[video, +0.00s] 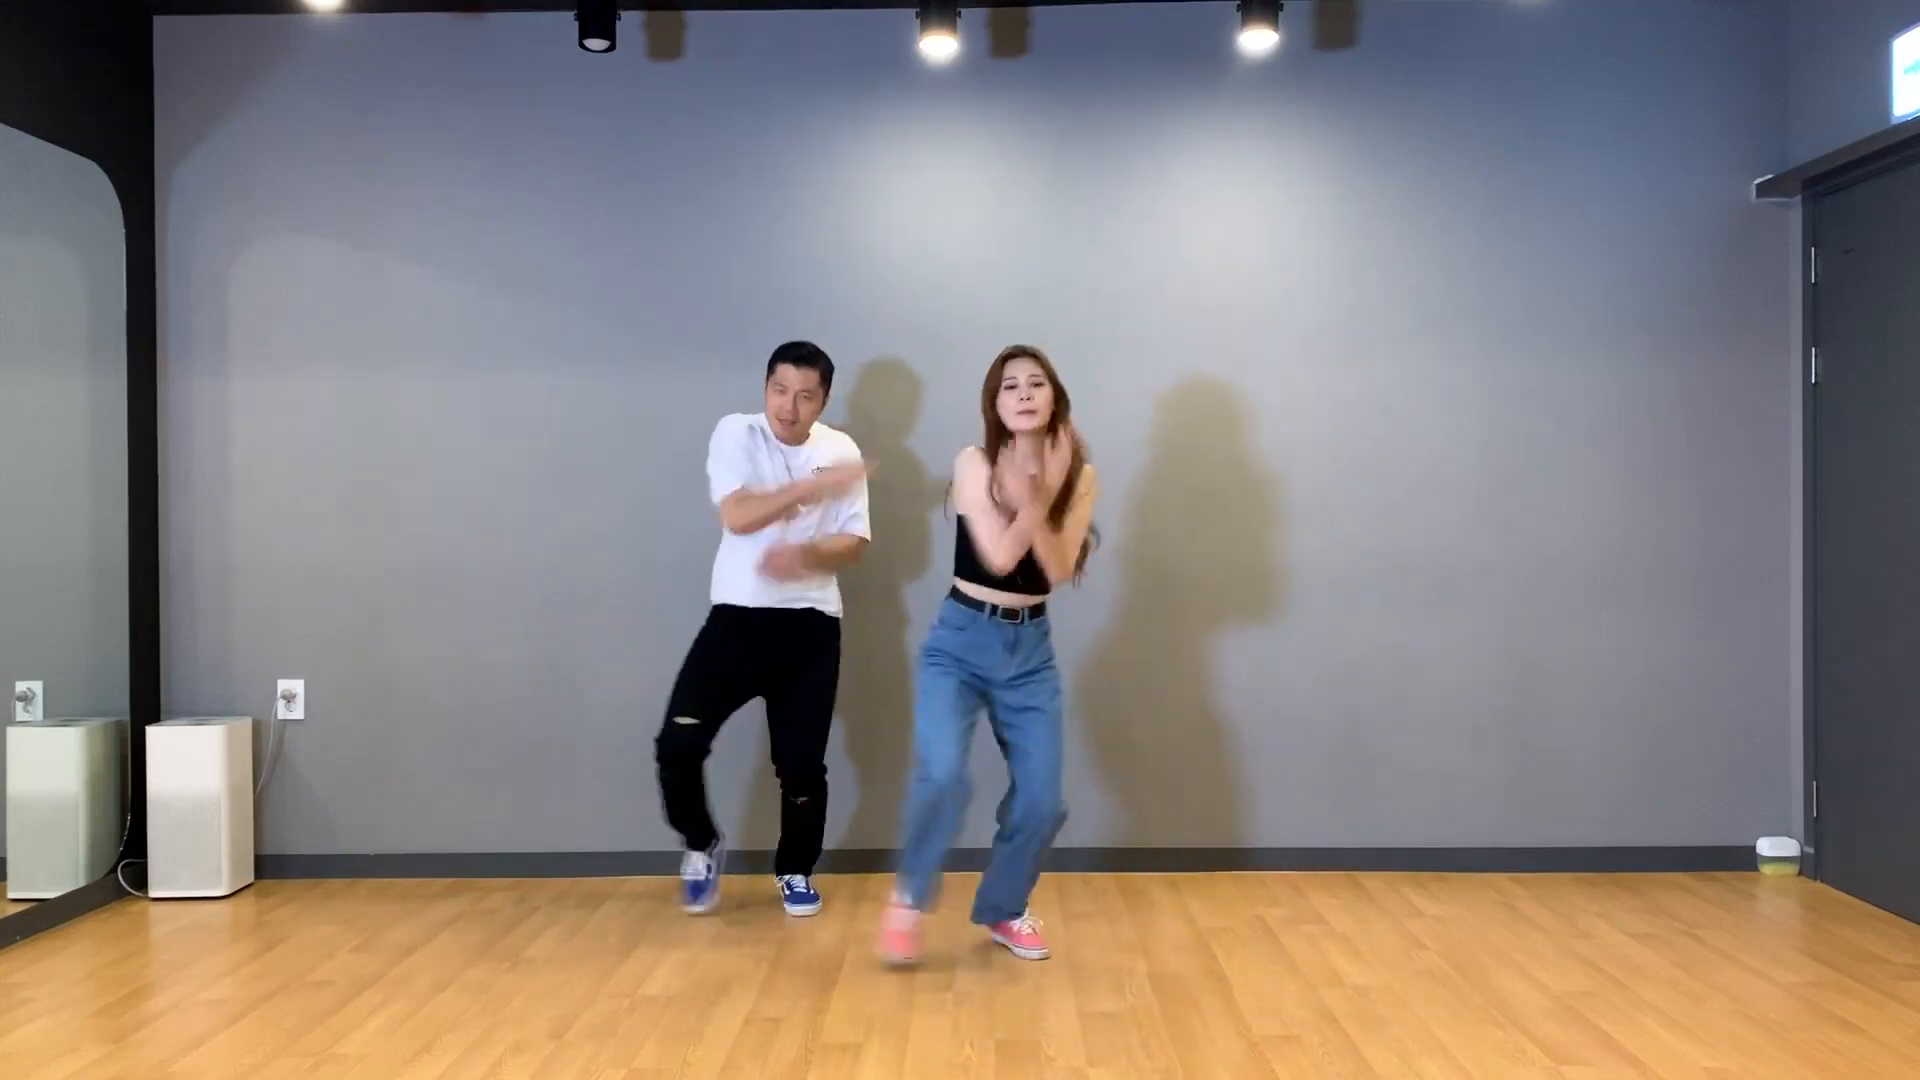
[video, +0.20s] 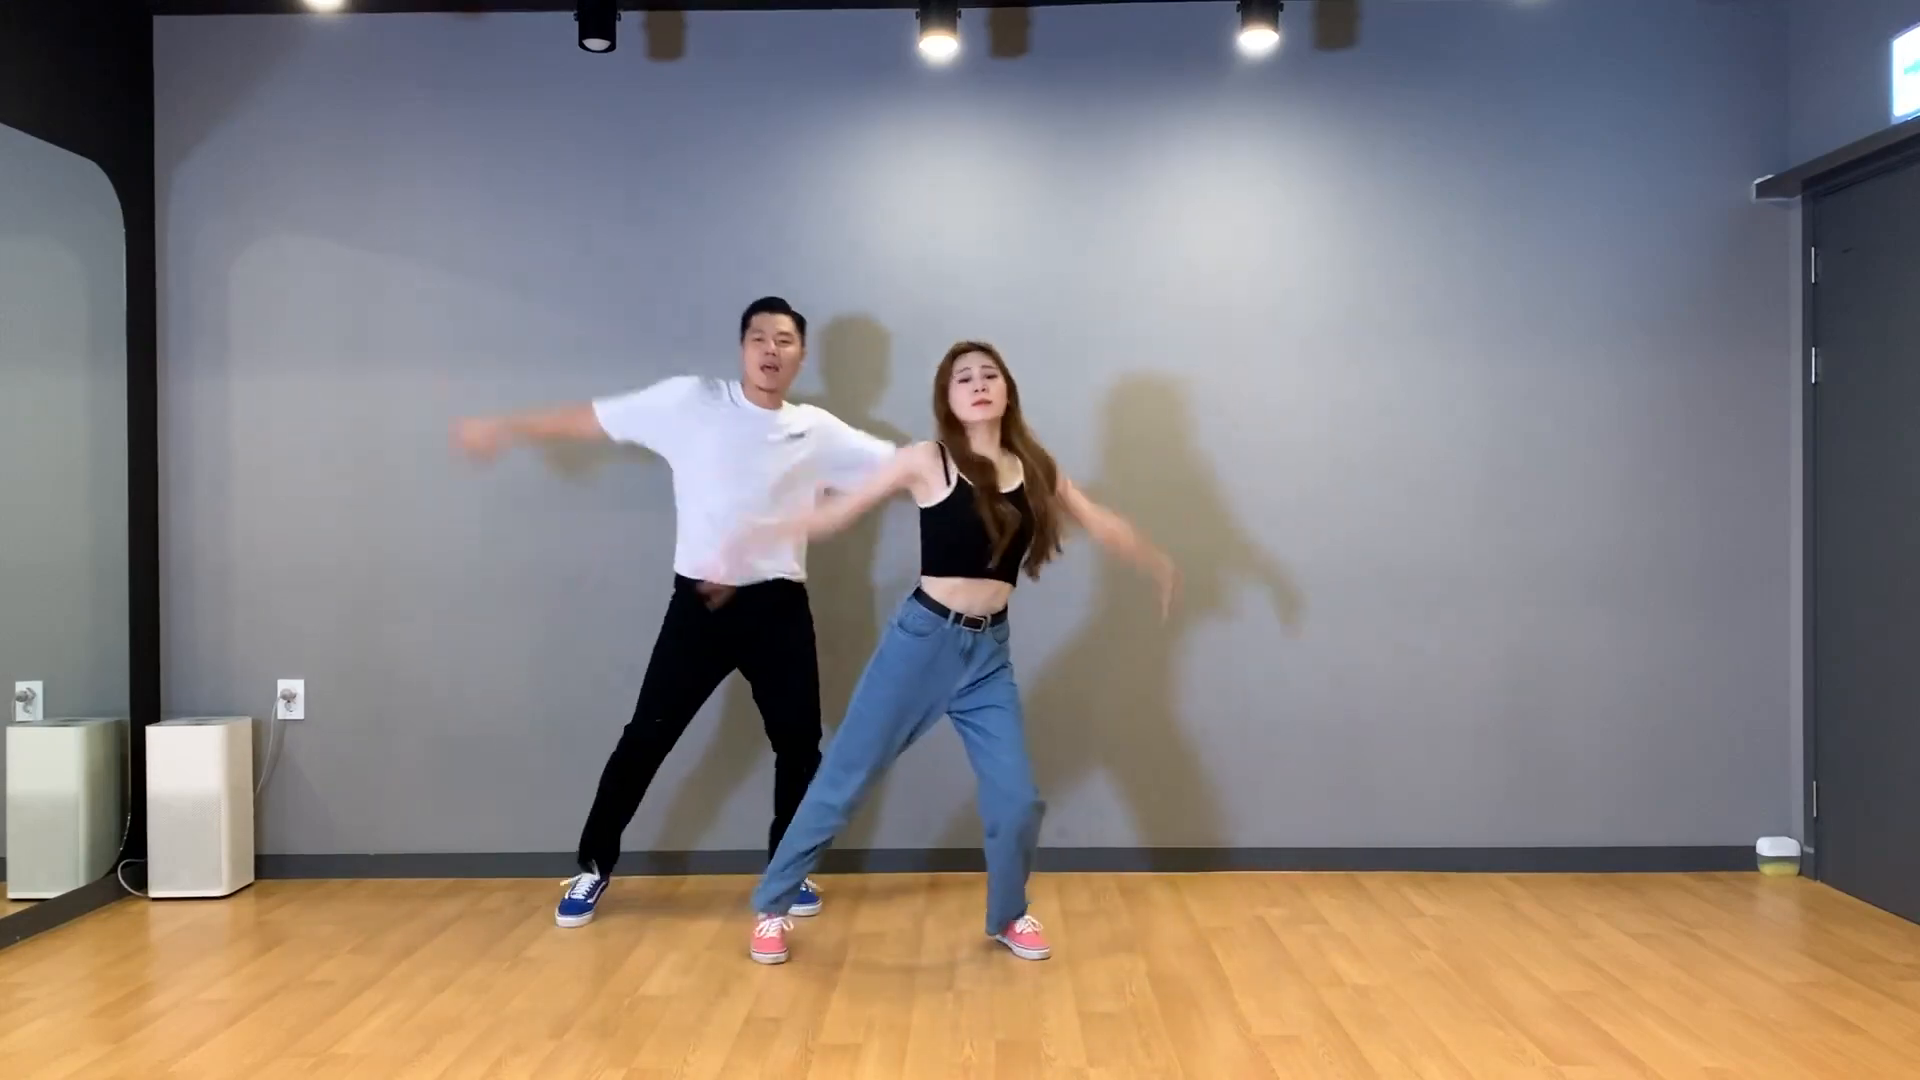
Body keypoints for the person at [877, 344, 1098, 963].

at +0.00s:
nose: (1022, 395)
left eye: (1034, 385)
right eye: (1010, 387)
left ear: (1055, 397)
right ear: (993, 401)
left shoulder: (1076, 475)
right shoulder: (975, 464)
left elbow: (1061, 570)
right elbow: (998, 556)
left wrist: (1035, 501)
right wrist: (1046, 490)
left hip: (1029, 646)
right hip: (959, 639)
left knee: (1043, 801)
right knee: (942, 774)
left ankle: (1002, 910)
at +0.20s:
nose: (979, 385)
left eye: (989, 376)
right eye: (965, 379)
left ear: (1009, 391)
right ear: (947, 398)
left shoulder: (1034, 469)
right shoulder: (925, 461)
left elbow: (1101, 523)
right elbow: (841, 510)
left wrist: (1155, 561)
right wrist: (780, 528)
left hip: (989, 650)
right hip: (922, 640)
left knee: (1017, 798)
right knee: (845, 779)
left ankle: (1008, 916)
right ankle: (772, 905)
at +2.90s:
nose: (1214, 387)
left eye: (1225, 373)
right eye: (1198, 378)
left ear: (1246, 380)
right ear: (1181, 392)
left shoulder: (1280, 429)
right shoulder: (1165, 459)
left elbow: (1350, 503)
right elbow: (1094, 539)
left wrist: (1308, 572)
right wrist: (1053, 629)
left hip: (1265, 636)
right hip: (1183, 634)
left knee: (1311, 793)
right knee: (1115, 776)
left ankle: (1335, 931)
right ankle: (1119, 932)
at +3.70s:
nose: (1208, 400)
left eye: (1221, 388)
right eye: (1194, 389)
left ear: (1239, 394)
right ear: (1175, 397)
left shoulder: (1261, 467)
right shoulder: (1144, 457)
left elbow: (1343, 544)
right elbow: (1110, 533)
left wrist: (1289, 607)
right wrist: (1130, 622)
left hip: (1252, 635)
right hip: (1174, 642)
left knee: (1330, 779)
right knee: (1127, 796)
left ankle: (1381, 917)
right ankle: (1115, 927)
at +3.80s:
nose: (1206, 405)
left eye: (1218, 393)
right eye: (1193, 393)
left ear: (1235, 399)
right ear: (1173, 401)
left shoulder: (1271, 469)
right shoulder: (1147, 472)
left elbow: (1337, 542)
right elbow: (1083, 544)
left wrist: (1274, 596)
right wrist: (1121, 619)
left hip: (1244, 644)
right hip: (1166, 644)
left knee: (1276, 801)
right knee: (1125, 796)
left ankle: (1391, 916)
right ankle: (1111, 929)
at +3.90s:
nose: (1212, 400)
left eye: (1224, 389)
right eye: (1199, 389)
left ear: (1241, 396)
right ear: (1177, 396)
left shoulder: (1265, 453)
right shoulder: (1151, 455)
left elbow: (1331, 510)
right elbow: (1085, 518)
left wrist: (1296, 600)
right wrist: (1117, 596)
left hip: (1248, 633)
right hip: (1167, 633)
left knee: (1288, 788)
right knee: (1127, 781)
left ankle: (1380, 917)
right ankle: (1111, 925)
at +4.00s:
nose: (1227, 392)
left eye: (1239, 380)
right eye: (1213, 380)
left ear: (1254, 388)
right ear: (1192, 388)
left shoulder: (1278, 450)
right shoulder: (1163, 451)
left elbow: (1318, 527)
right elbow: (1116, 532)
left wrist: (1350, 609)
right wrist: (1081, 615)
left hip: (1256, 624)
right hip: (1175, 621)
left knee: (1310, 772)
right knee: (1132, 764)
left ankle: (1353, 917)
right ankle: (1108, 921)